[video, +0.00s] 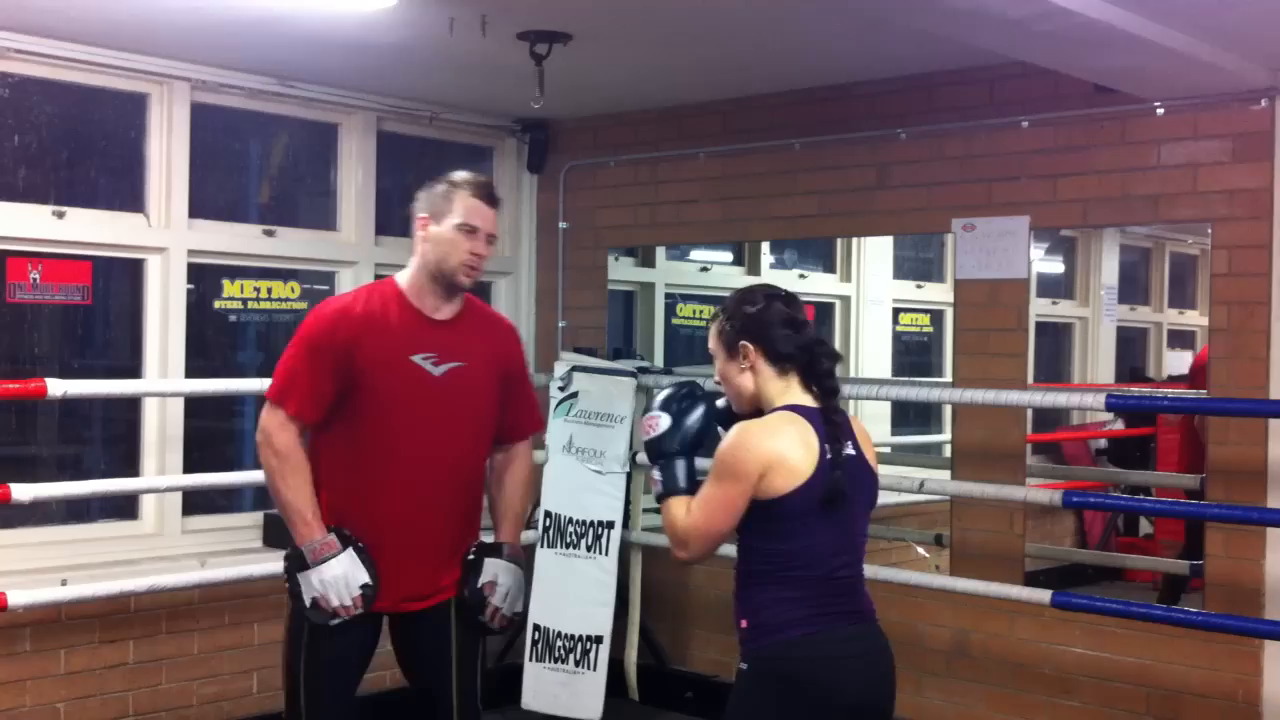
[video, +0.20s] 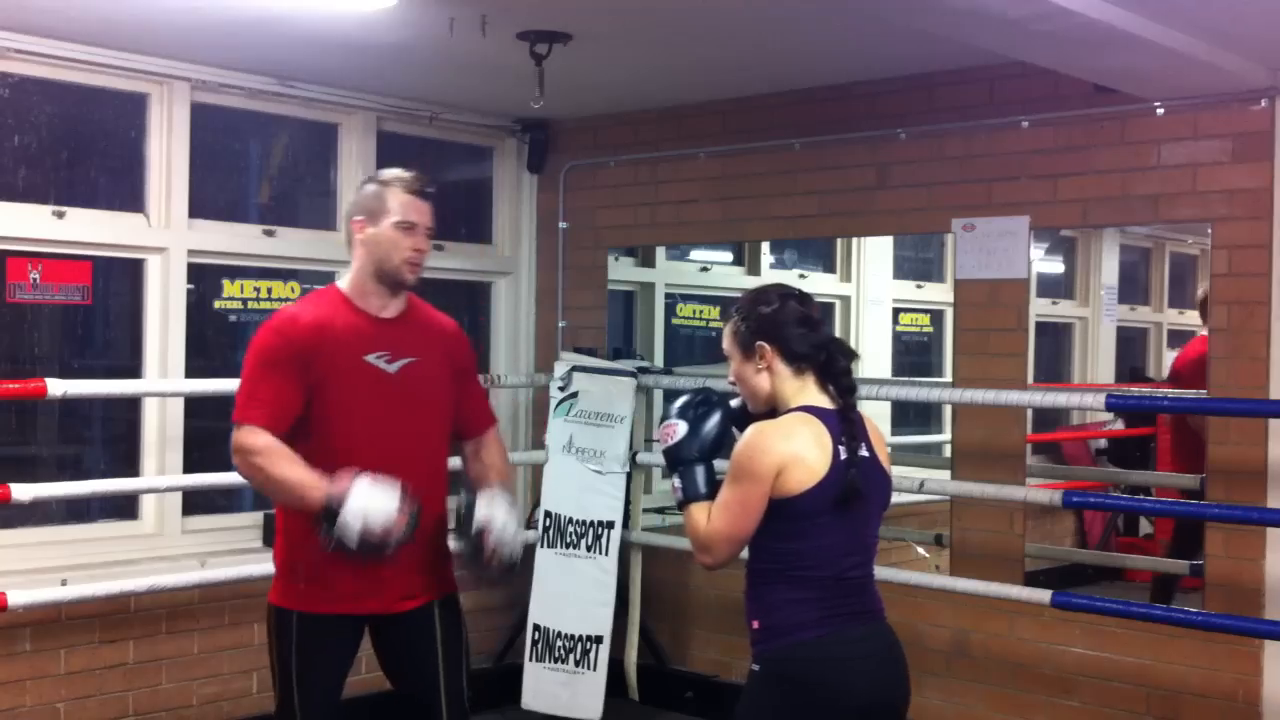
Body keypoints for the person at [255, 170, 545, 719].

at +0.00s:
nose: (482, 249)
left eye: (490, 238)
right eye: (469, 231)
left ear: (493, 246)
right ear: (422, 228)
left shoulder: (497, 338)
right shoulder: (343, 321)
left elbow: (513, 447)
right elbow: (277, 427)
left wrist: (508, 553)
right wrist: (317, 547)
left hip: (443, 586)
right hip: (341, 580)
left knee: (454, 710)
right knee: (317, 712)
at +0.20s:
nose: (422, 245)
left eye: (428, 234)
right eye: (408, 228)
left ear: (430, 242)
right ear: (360, 229)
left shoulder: (445, 336)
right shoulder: (295, 330)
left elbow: (481, 435)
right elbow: (251, 445)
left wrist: (494, 498)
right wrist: (331, 493)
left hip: (420, 586)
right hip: (317, 587)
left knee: (444, 708)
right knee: (305, 712)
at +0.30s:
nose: (401, 246)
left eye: (406, 233)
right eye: (386, 228)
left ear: (411, 239)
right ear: (339, 229)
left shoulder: (425, 330)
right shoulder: (280, 328)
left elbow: (454, 429)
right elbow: (249, 445)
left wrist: (489, 425)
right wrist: (344, 422)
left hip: (411, 575)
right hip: (310, 581)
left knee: (441, 708)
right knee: (300, 712)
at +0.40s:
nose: (391, 251)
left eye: (396, 237)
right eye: (377, 234)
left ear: (403, 239)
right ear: (329, 233)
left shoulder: (416, 327)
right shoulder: (273, 326)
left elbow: (468, 427)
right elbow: (270, 439)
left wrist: (489, 360)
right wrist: (348, 358)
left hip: (408, 570)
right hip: (309, 575)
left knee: (439, 708)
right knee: (299, 712)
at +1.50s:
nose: (365, 248)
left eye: (370, 234)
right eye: (349, 232)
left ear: (374, 240)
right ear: (304, 237)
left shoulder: (396, 331)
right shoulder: (248, 338)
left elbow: (430, 427)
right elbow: (207, 459)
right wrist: (292, 397)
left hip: (398, 580)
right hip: (296, 589)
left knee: (429, 708)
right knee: (294, 711)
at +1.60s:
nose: (368, 247)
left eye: (374, 233)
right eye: (351, 231)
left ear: (380, 239)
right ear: (307, 236)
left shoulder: (399, 329)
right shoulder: (246, 343)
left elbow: (430, 422)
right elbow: (190, 451)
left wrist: (465, 446)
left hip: (396, 580)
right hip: (295, 590)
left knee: (428, 708)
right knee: (292, 712)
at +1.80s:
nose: (386, 260)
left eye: (392, 245)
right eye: (371, 243)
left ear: (398, 249)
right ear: (325, 242)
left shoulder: (413, 335)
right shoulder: (261, 350)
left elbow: (438, 437)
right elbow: (219, 462)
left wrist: (453, 520)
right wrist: (311, 477)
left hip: (400, 582)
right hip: (299, 588)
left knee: (430, 708)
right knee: (292, 712)